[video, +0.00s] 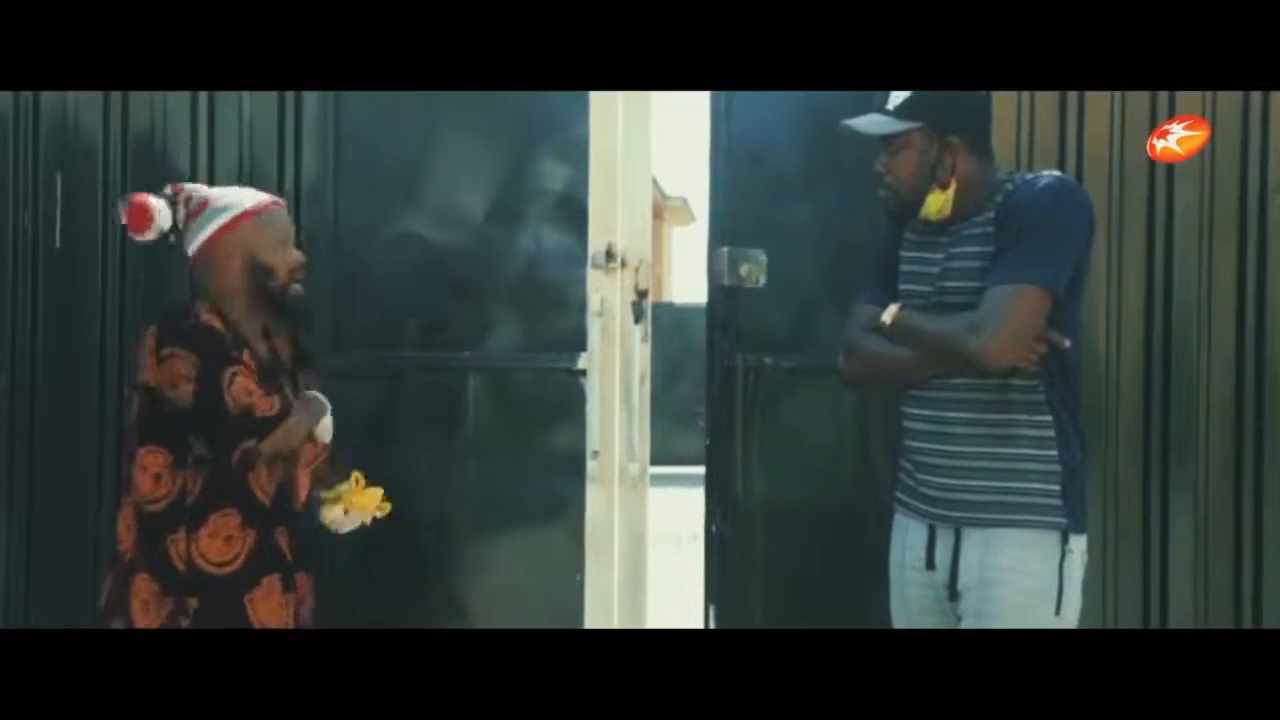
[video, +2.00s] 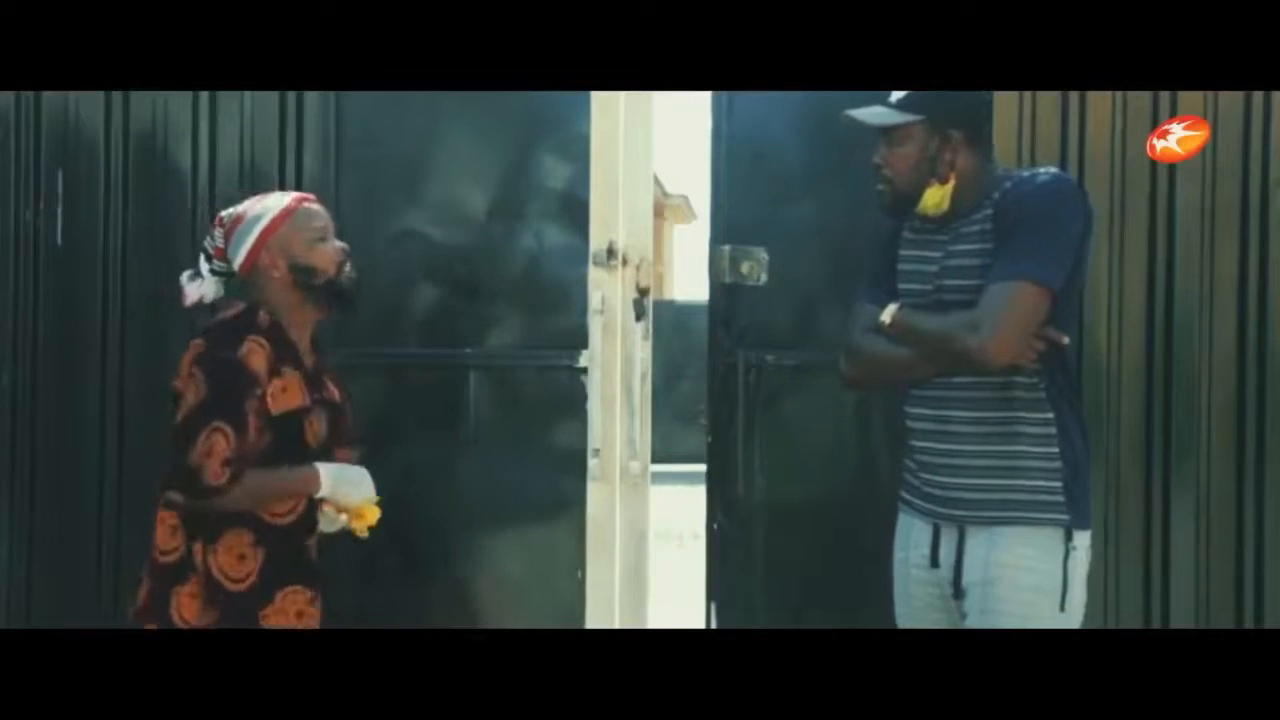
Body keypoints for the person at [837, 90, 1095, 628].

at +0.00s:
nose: (878, 169)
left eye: (894, 149)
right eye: (879, 151)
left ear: (950, 150)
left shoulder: (1047, 200)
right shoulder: (904, 226)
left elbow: (995, 346)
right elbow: (854, 359)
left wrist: (894, 318)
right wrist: (982, 342)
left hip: (1022, 523)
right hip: (918, 514)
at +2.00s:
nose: (877, 159)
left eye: (895, 142)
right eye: (879, 142)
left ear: (951, 145)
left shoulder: (1045, 197)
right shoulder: (903, 222)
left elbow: (995, 344)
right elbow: (856, 360)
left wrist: (892, 317)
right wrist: (983, 339)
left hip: (1026, 521)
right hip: (923, 512)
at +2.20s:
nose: (879, 159)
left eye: (896, 142)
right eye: (880, 143)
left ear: (952, 146)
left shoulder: (1046, 197)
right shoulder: (904, 223)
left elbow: (996, 344)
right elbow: (856, 361)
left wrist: (893, 317)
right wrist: (983, 339)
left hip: (1027, 521)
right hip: (923, 512)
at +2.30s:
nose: (879, 159)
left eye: (897, 142)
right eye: (880, 142)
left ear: (953, 146)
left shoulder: (1046, 197)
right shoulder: (904, 223)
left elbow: (996, 344)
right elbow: (855, 360)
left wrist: (893, 317)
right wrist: (984, 339)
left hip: (1027, 521)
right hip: (923, 512)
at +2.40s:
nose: (879, 159)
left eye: (896, 141)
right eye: (880, 142)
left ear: (953, 145)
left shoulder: (1047, 197)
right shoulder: (903, 223)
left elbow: (996, 344)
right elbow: (854, 359)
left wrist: (893, 317)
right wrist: (985, 341)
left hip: (1026, 522)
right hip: (923, 513)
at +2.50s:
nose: (879, 159)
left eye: (897, 141)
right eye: (881, 142)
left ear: (954, 145)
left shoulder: (1048, 197)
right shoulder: (903, 224)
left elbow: (998, 344)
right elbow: (854, 359)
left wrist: (893, 317)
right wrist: (985, 341)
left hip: (1027, 522)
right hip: (923, 513)